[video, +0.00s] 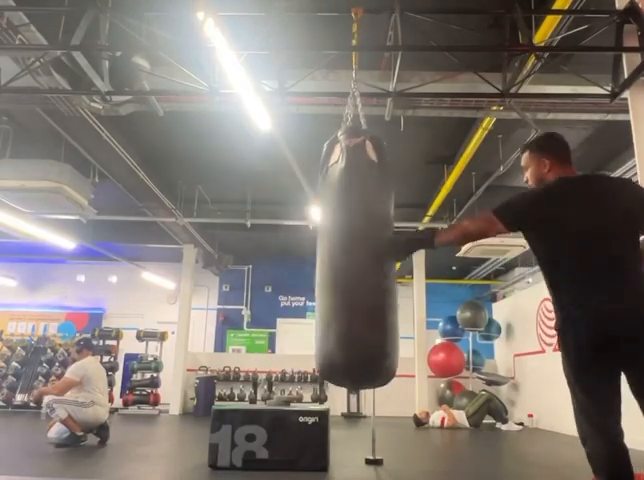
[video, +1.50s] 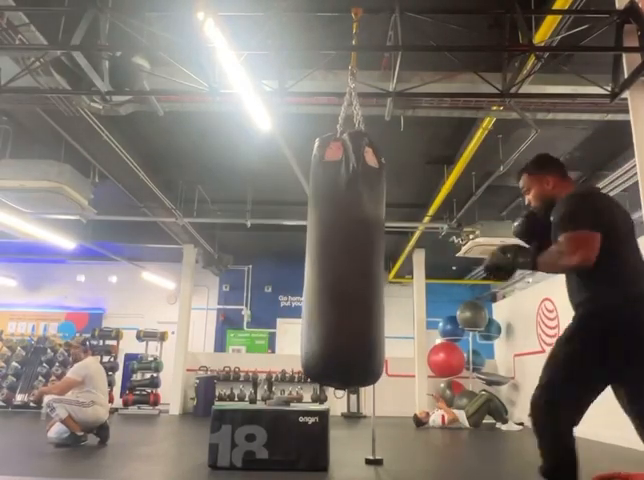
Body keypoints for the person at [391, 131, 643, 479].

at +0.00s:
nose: (526, 179)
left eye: (527, 169)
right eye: (524, 171)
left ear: (546, 163)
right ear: (565, 162)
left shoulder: (535, 202)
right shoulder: (625, 190)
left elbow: (470, 229)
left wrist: (421, 240)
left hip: (586, 333)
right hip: (637, 323)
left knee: (602, 434)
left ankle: (617, 476)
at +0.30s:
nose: (539, 180)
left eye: (541, 170)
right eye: (538, 171)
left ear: (562, 164)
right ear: (577, 164)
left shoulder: (549, 197)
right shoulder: (632, 195)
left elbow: (487, 227)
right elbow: (642, 254)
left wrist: (435, 239)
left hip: (585, 336)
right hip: (636, 331)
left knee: (591, 430)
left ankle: (614, 477)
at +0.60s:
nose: (572, 185)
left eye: (576, 175)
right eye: (571, 178)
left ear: (604, 169)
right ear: (608, 172)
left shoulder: (612, 197)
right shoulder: (629, 197)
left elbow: (626, 247)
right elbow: (630, 255)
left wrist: (591, 308)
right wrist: (596, 281)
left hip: (630, 331)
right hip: (631, 329)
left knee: (598, 427)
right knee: (602, 426)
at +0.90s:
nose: (584, 177)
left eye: (586, 165)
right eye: (581, 169)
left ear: (613, 154)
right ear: (614, 157)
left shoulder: (632, 196)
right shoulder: (629, 194)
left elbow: (634, 262)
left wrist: (614, 266)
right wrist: (612, 259)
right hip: (641, 303)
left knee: (632, 385)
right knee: (631, 384)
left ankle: (631, 466)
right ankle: (629, 463)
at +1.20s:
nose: (565, 199)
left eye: (566, 188)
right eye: (562, 192)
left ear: (592, 177)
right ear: (592, 180)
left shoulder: (631, 202)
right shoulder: (620, 209)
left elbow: (642, 253)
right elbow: (629, 258)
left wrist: (599, 270)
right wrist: (590, 263)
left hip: (640, 325)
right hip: (636, 324)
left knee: (627, 414)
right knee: (626, 412)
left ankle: (630, 471)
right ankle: (629, 469)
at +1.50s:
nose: (527, 201)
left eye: (528, 191)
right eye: (524, 194)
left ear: (549, 181)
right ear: (555, 181)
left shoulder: (576, 203)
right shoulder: (603, 202)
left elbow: (580, 253)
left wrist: (525, 259)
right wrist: (540, 242)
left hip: (603, 324)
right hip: (632, 321)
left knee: (549, 409)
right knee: (640, 410)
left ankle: (558, 475)